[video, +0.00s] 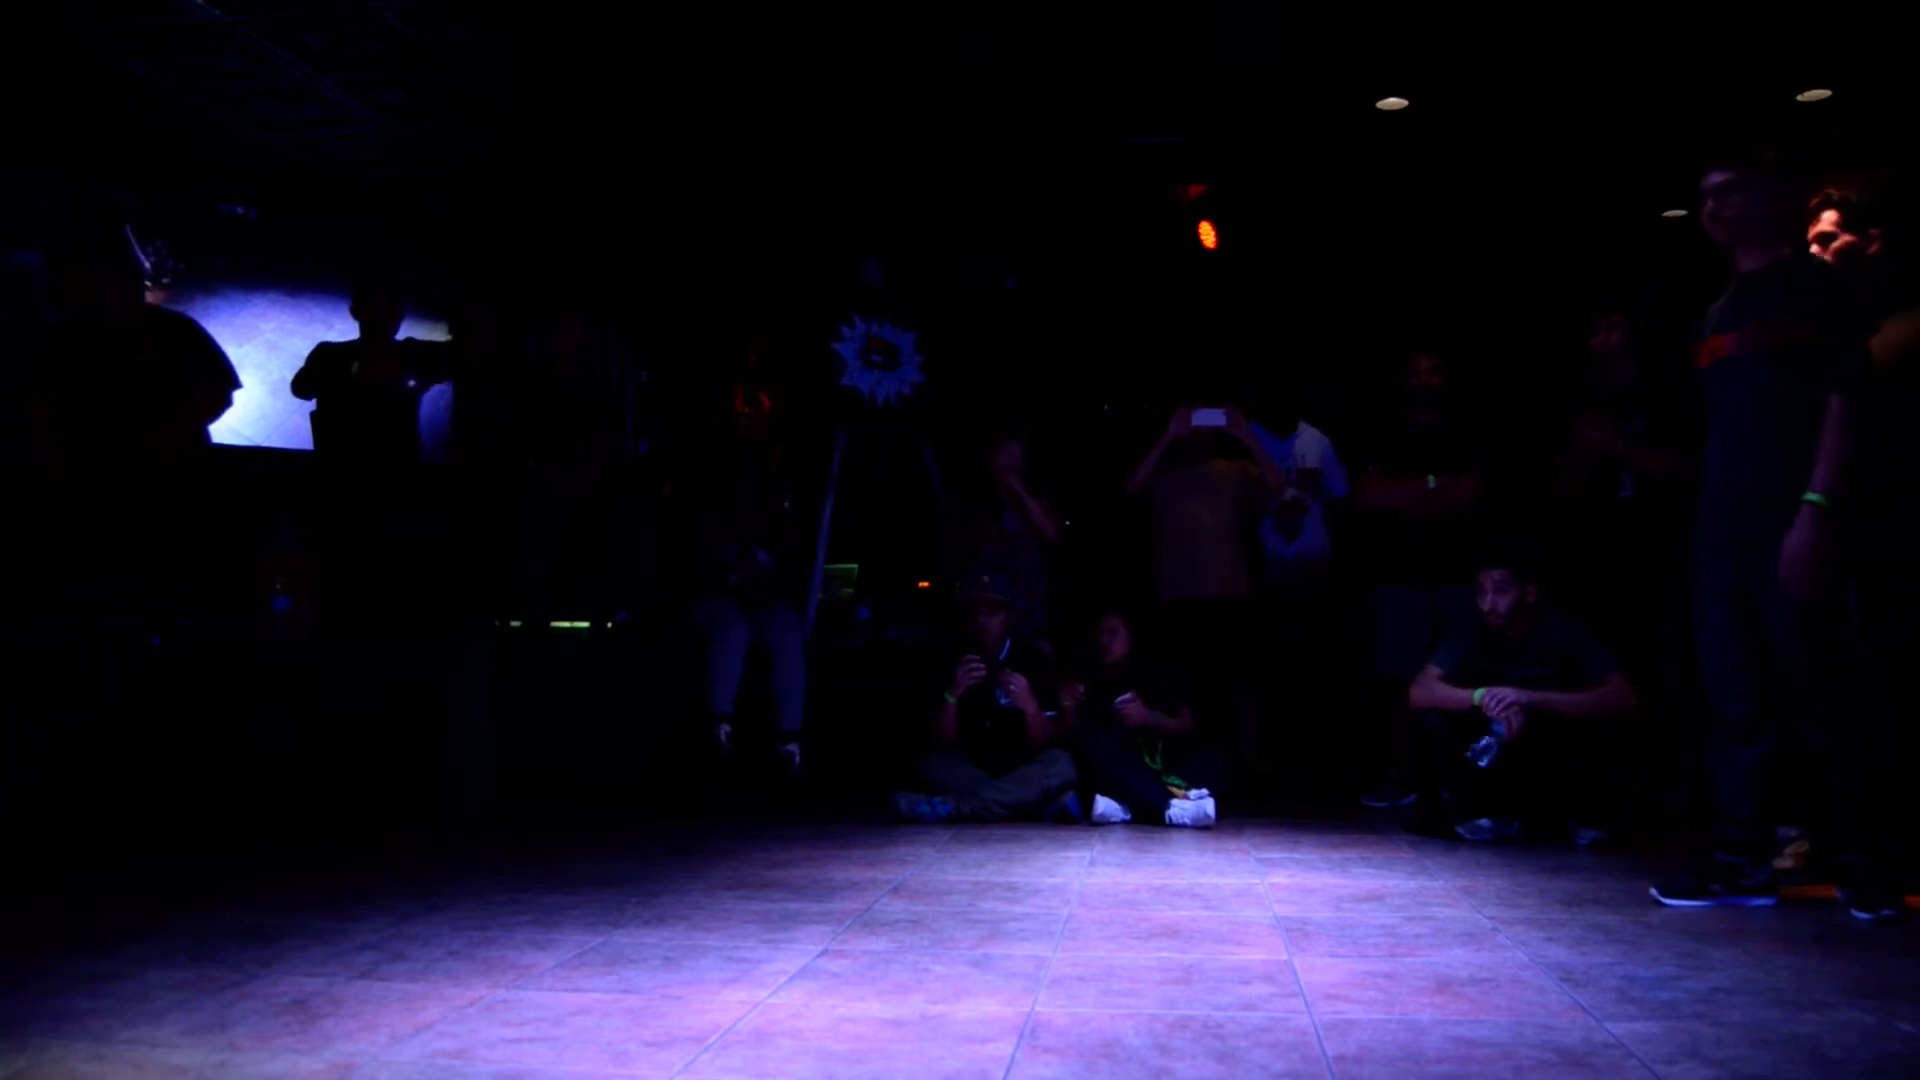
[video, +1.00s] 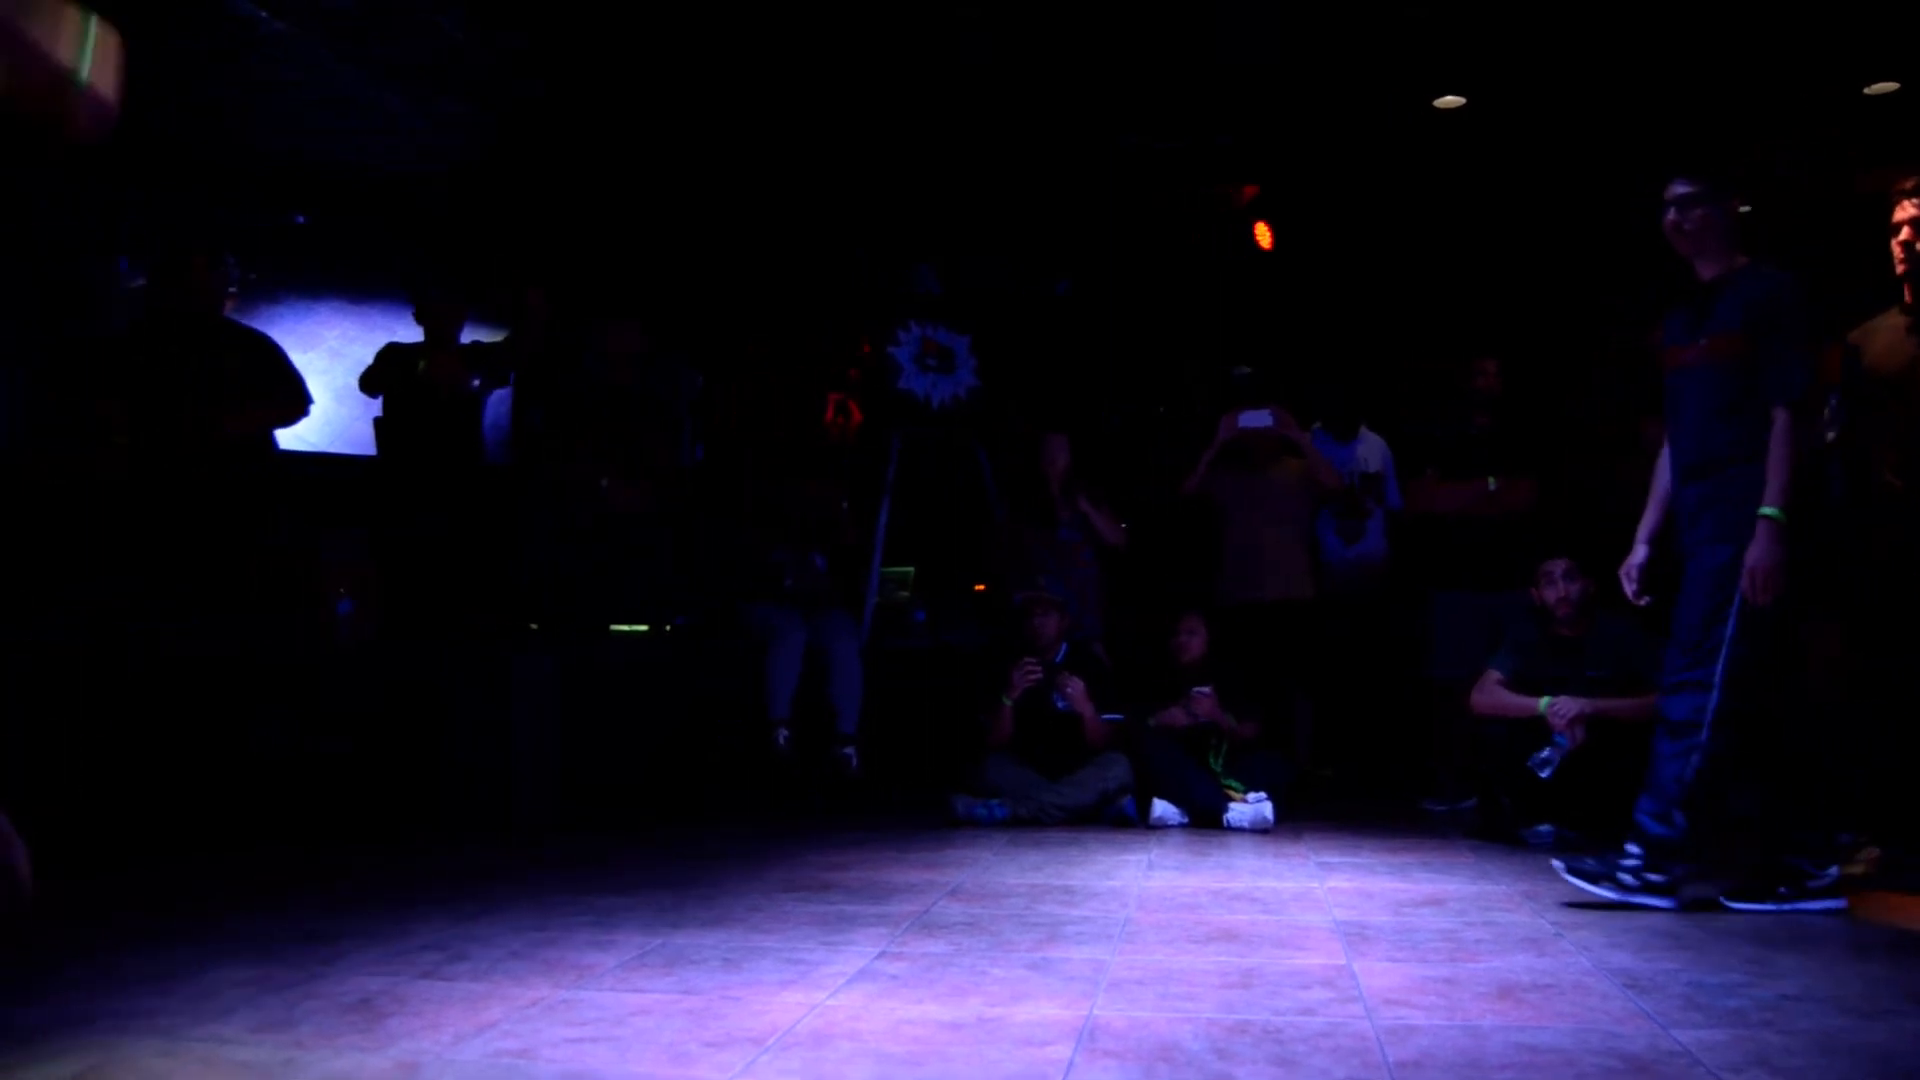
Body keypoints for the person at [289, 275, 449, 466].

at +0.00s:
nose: (382, 319)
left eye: (390, 309)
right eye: (373, 308)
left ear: (400, 313)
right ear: (355, 311)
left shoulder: (411, 354)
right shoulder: (329, 355)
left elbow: (459, 354)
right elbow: (300, 389)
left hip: (399, 458)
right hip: (341, 458)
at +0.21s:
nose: (380, 320)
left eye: (387, 311)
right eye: (371, 310)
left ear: (397, 314)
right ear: (351, 314)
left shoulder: (408, 356)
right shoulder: (327, 357)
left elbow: (458, 361)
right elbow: (299, 390)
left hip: (396, 460)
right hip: (339, 461)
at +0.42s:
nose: (388, 327)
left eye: (395, 318)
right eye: (380, 317)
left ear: (405, 321)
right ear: (361, 321)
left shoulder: (417, 362)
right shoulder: (335, 360)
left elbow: (461, 371)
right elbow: (305, 389)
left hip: (405, 463)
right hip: (346, 463)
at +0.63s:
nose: (389, 324)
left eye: (396, 313)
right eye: (382, 313)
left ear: (407, 317)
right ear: (364, 318)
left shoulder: (422, 360)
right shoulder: (340, 356)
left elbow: (466, 353)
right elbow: (308, 385)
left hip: (408, 461)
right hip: (349, 462)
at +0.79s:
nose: (411, 326)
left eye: (418, 316)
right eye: (403, 315)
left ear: (429, 318)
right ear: (386, 318)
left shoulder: (440, 357)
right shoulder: (363, 356)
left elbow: (481, 341)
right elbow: (333, 385)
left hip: (428, 458)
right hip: (372, 458)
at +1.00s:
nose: (444, 325)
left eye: (451, 315)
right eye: (436, 315)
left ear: (461, 317)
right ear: (419, 317)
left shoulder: (474, 357)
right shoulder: (397, 355)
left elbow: (515, 349)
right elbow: (368, 386)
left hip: (461, 456)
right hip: (406, 457)